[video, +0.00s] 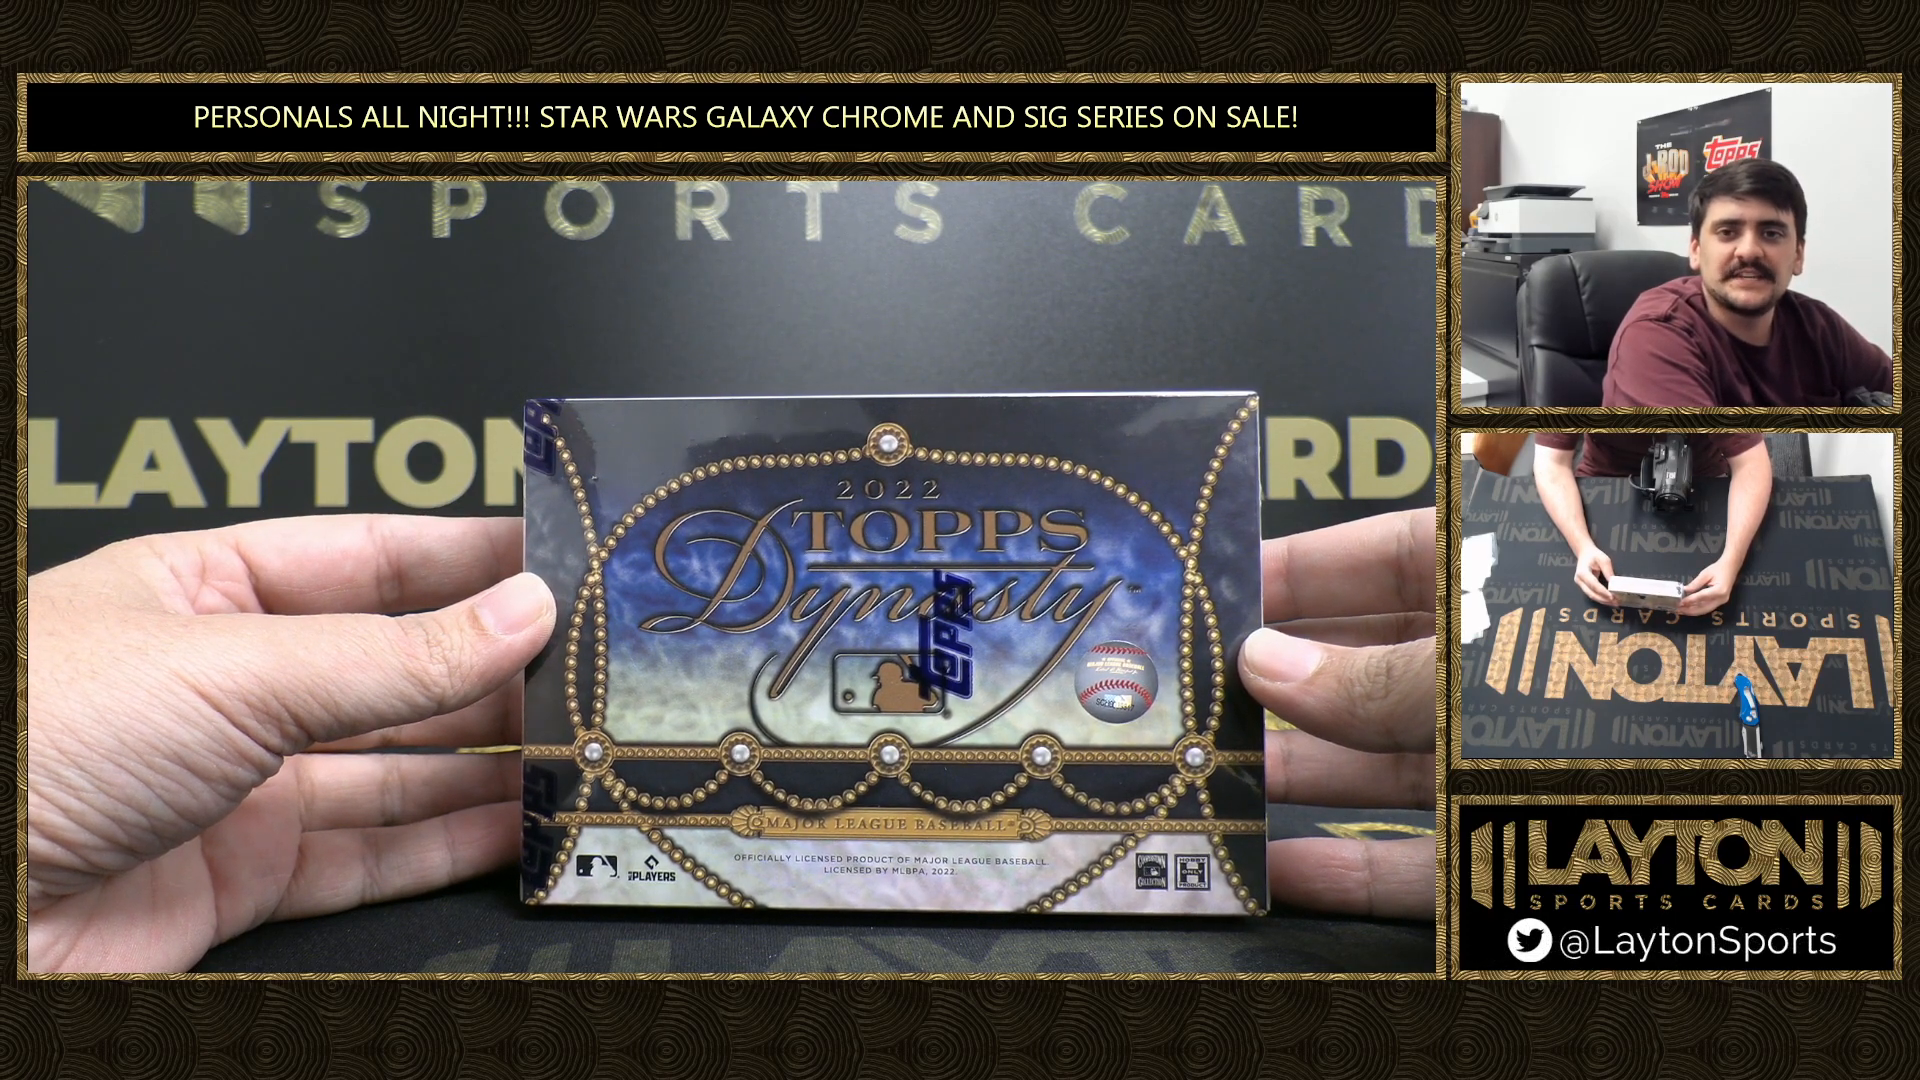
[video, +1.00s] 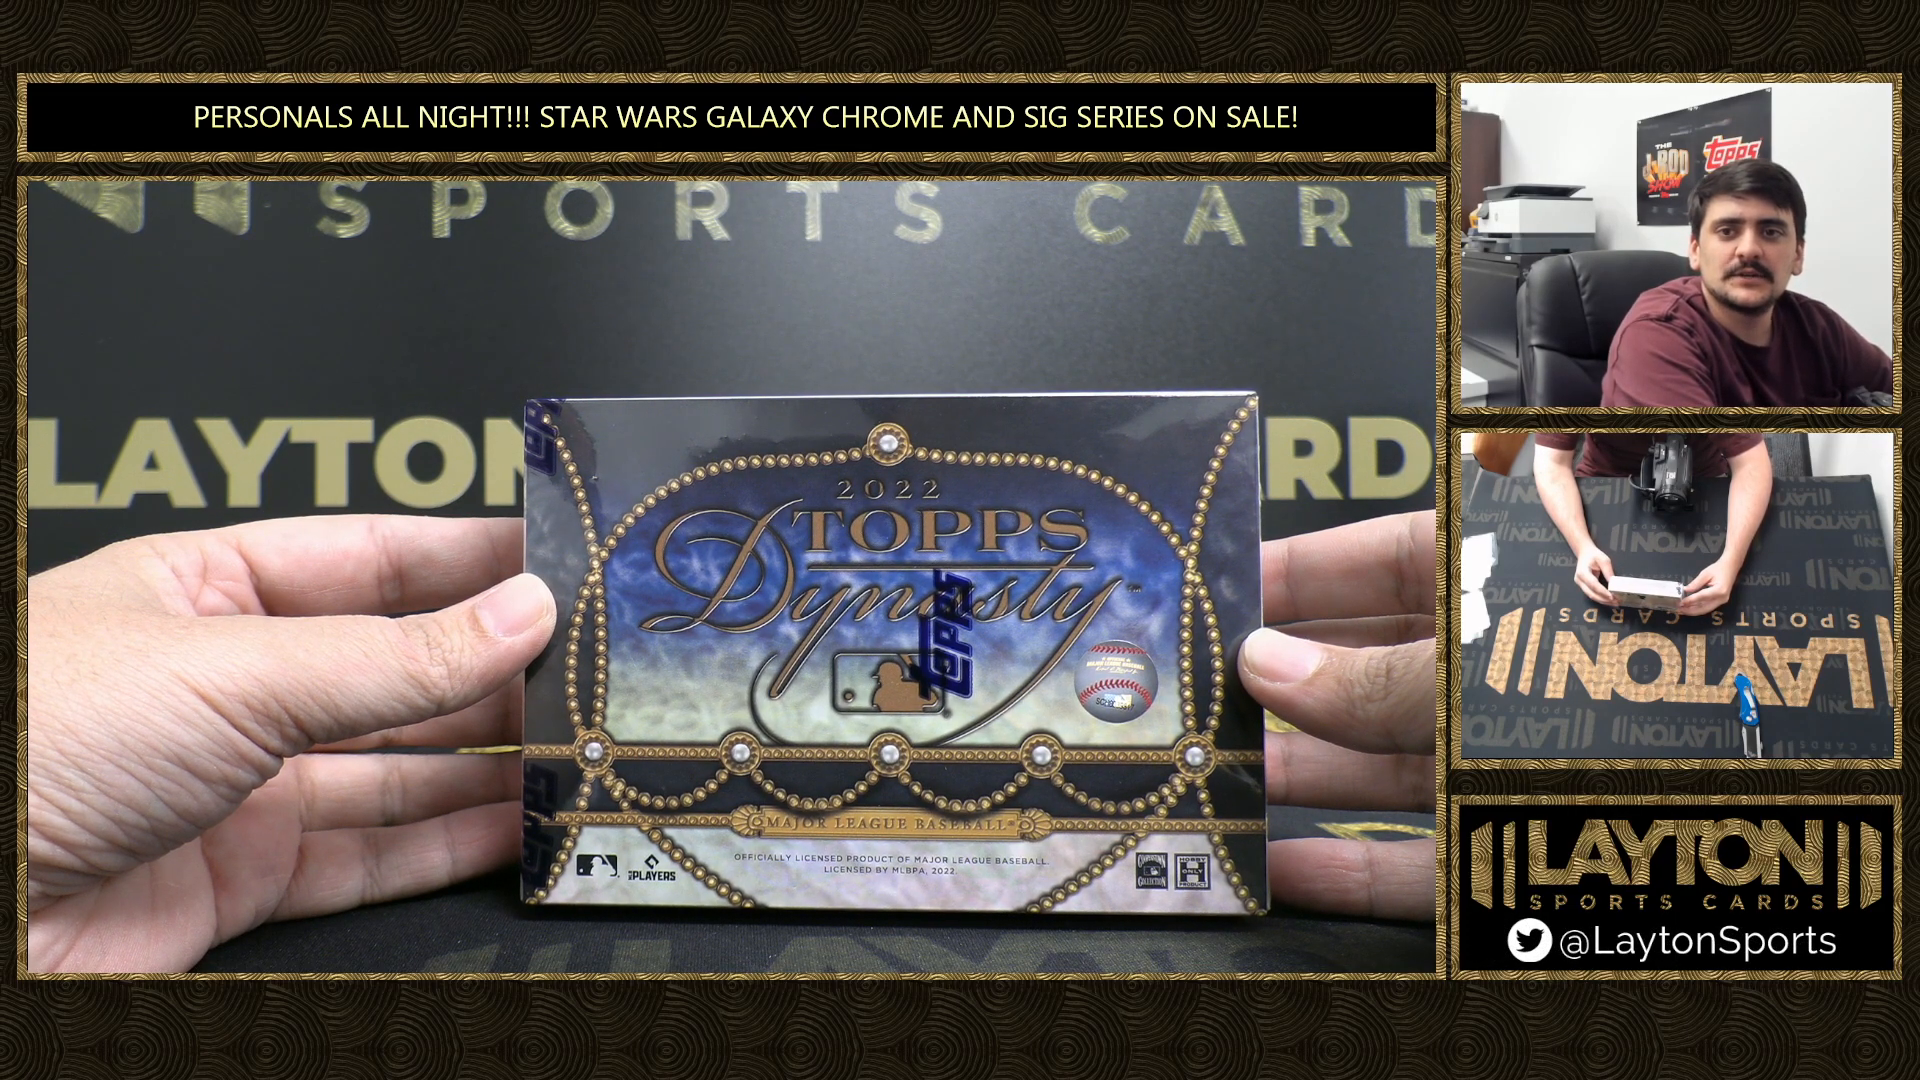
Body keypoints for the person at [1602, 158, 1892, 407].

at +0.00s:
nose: (1749, 251)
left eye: (1771, 234)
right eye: (1728, 232)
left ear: (1799, 255)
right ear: (1695, 250)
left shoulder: (1818, 329)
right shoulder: (1656, 332)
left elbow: (1896, 388)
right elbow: (1746, 460)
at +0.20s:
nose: (1750, 250)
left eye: (1771, 233)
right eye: (1729, 232)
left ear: (1798, 254)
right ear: (1695, 250)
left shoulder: (1818, 329)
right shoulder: (1656, 333)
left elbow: (1896, 388)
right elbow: (1746, 460)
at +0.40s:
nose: (1750, 250)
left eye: (1771, 233)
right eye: (1728, 232)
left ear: (1797, 255)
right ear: (1694, 251)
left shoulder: (1817, 329)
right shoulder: (1656, 333)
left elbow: (1896, 388)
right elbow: (1746, 461)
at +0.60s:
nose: (1748, 249)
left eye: (1769, 232)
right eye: (1727, 231)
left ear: (1797, 255)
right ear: (1694, 251)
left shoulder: (1817, 329)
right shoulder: (1656, 333)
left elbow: (1896, 388)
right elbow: (1747, 461)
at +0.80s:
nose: (1748, 249)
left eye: (1769, 232)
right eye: (1727, 231)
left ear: (1797, 255)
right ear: (1694, 251)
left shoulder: (1817, 329)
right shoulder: (1656, 333)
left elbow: (1896, 387)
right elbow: (1746, 461)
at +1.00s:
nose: (1748, 249)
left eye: (1770, 232)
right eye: (1728, 231)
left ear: (1798, 255)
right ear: (1695, 251)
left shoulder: (1817, 328)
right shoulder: (1657, 333)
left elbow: (1896, 387)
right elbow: (1747, 461)